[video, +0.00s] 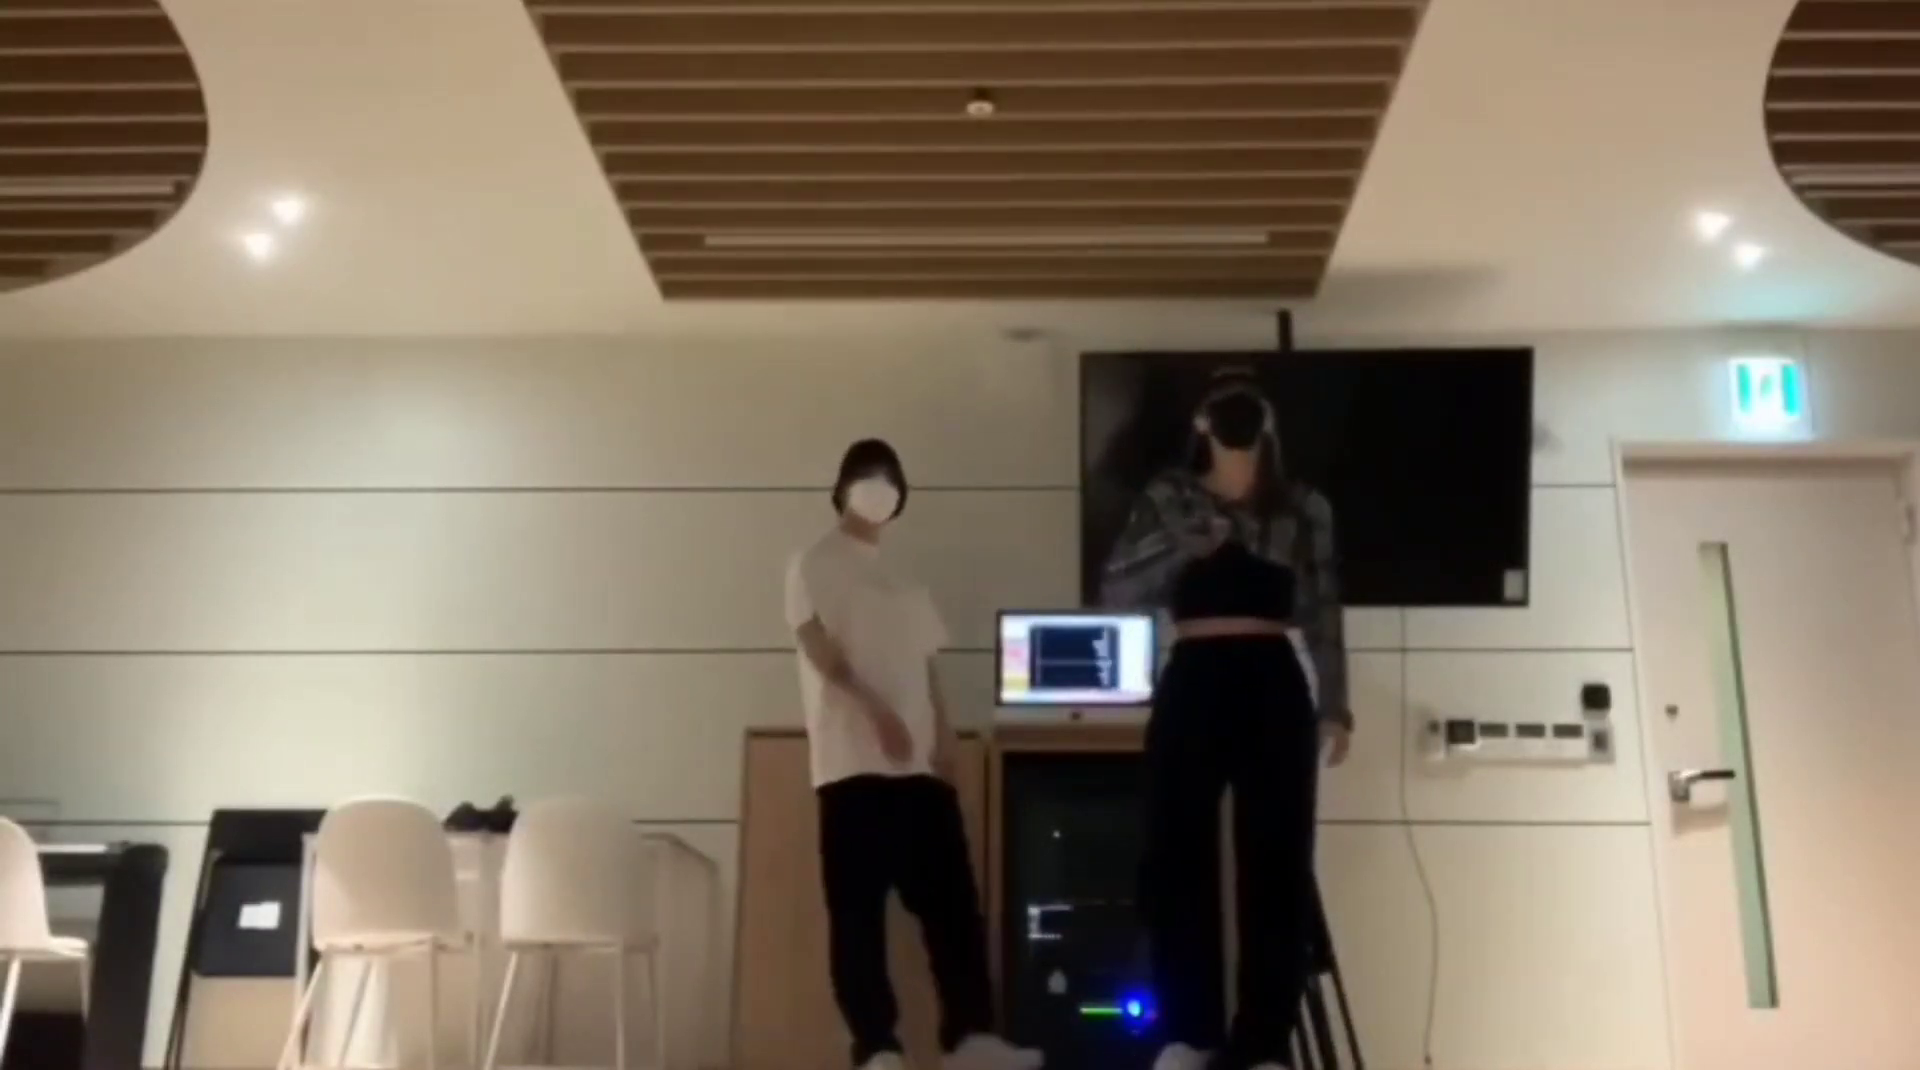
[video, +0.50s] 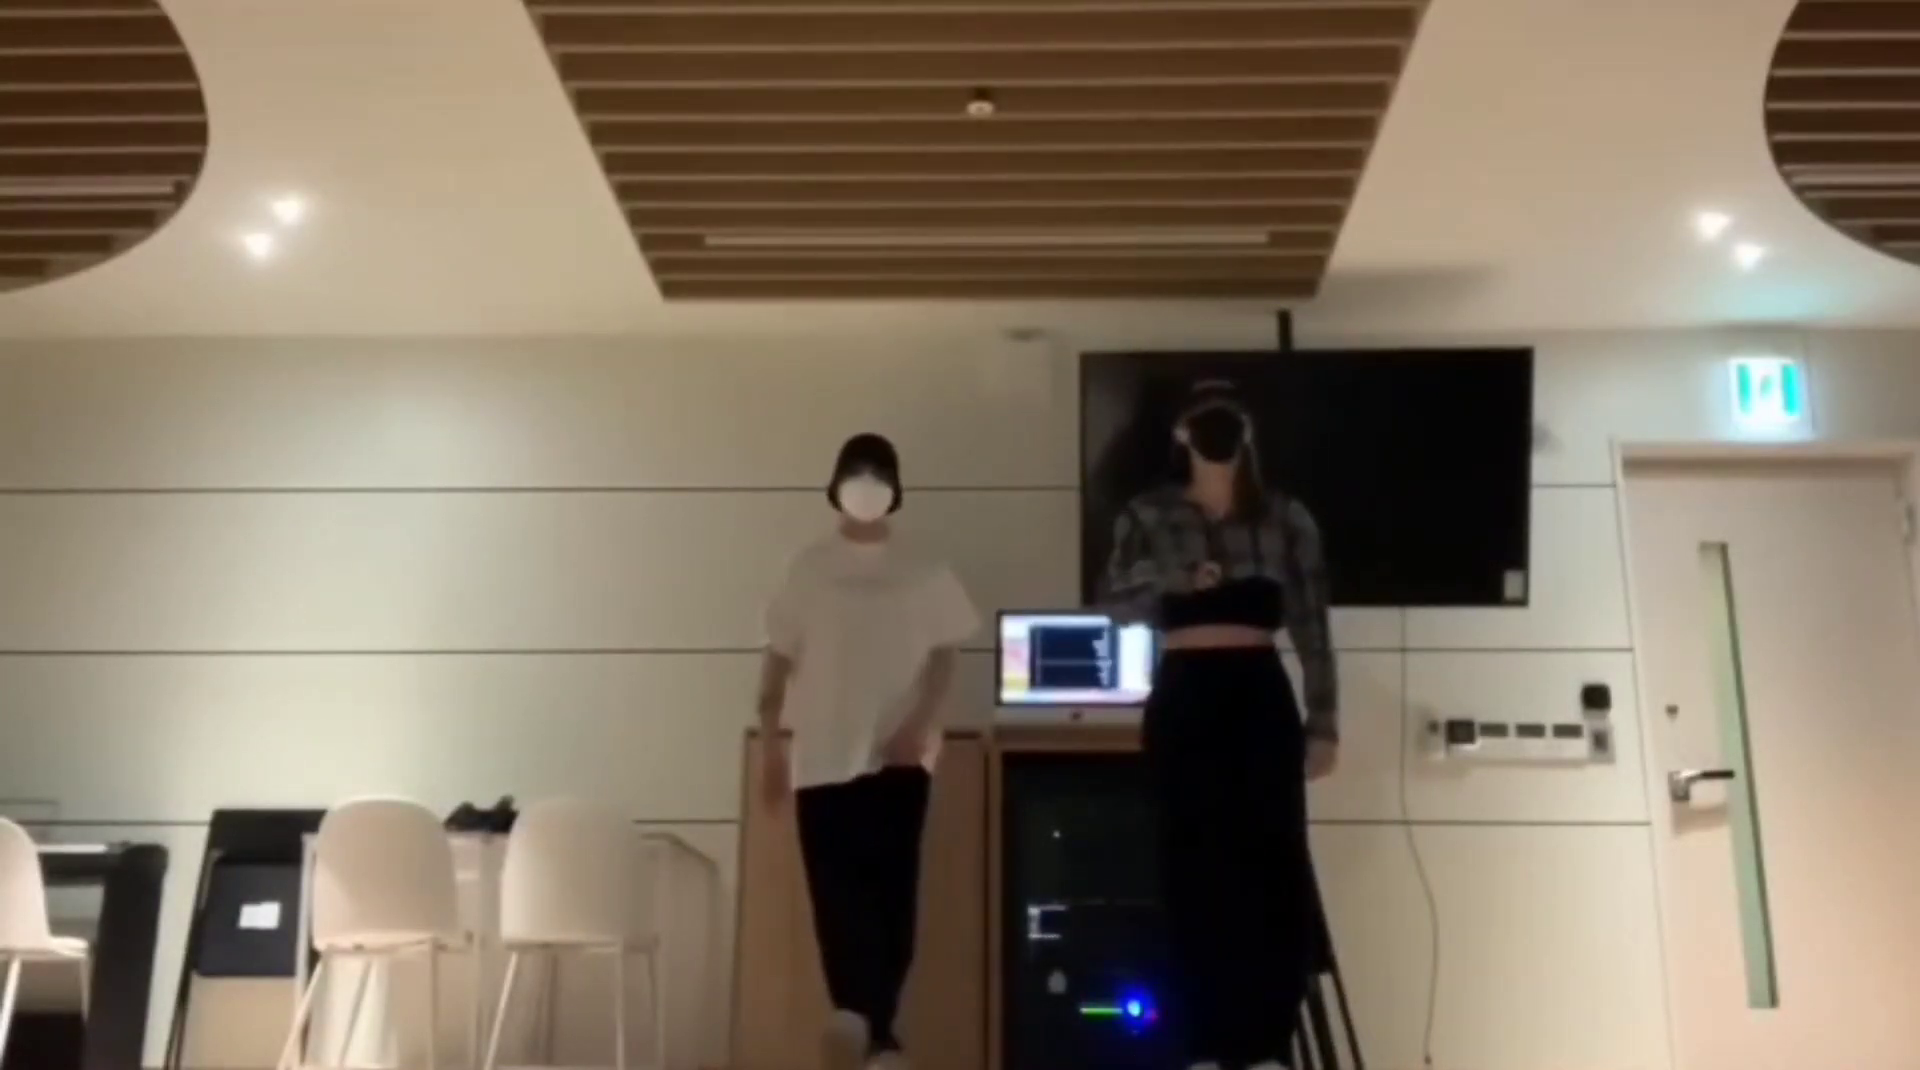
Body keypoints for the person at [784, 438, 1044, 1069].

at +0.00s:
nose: (876, 493)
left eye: (888, 483)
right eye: (865, 480)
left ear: (901, 496)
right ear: (842, 489)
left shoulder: (906, 581)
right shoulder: (813, 564)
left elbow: (930, 674)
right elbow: (818, 648)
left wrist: (942, 744)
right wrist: (878, 712)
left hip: (918, 774)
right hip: (850, 773)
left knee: (953, 910)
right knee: (857, 919)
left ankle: (969, 1036)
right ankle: (876, 1045)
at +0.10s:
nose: (878, 492)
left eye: (890, 482)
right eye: (866, 479)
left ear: (903, 495)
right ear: (842, 487)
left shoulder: (911, 575)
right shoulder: (811, 565)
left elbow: (933, 670)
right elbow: (809, 657)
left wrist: (946, 748)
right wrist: (860, 722)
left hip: (917, 771)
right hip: (844, 773)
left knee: (963, 903)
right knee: (853, 918)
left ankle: (1009, 1021)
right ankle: (875, 1045)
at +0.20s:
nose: (879, 491)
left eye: (890, 481)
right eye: (866, 479)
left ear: (903, 494)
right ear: (842, 488)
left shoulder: (916, 577)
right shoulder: (812, 566)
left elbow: (935, 670)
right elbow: (804, 666)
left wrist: (946, 746)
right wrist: (840, 736)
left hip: (917, 769)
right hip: (844, 773)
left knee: (964, 897)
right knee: (851, 917)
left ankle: (1005, 1020)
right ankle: (875, 1045)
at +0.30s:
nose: (875, 493)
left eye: (887, 483)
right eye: (864, 480)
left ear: (903, 495)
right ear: (841, 490)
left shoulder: (920, 571)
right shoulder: (810, 568)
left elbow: (939, 665)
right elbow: (794, 675)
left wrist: (947, 734)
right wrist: (812, 754)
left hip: (916, 770)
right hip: (840, 775)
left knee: (945, 901)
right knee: (848, 922)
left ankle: (975, 1018)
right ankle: (876, 1045)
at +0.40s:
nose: (870, 493)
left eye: (882, 482)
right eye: (858, 480)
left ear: (898, 492)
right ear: (838, 490)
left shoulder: (922, 567)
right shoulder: (811, 567)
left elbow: (946, 660)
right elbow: (783, 662)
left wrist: (934, 730)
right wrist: (778, 750)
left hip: (903, 760)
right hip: (826, 763)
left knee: (904, 886)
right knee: (841, 903)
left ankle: (903, 1007)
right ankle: (862, 1037)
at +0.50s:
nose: (867, 491)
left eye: (879, 480)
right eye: (854, 478)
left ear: (896, 490)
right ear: (835, 487)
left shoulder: (922, 567)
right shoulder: (810, 566)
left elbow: (944, 657)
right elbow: (778, 658)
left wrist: (923, 727)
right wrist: (770, 740)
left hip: (897, 752)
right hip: (821, 752)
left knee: (886, 886)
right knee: (834, 886)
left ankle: (871, 1018)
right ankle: (867, 1027)